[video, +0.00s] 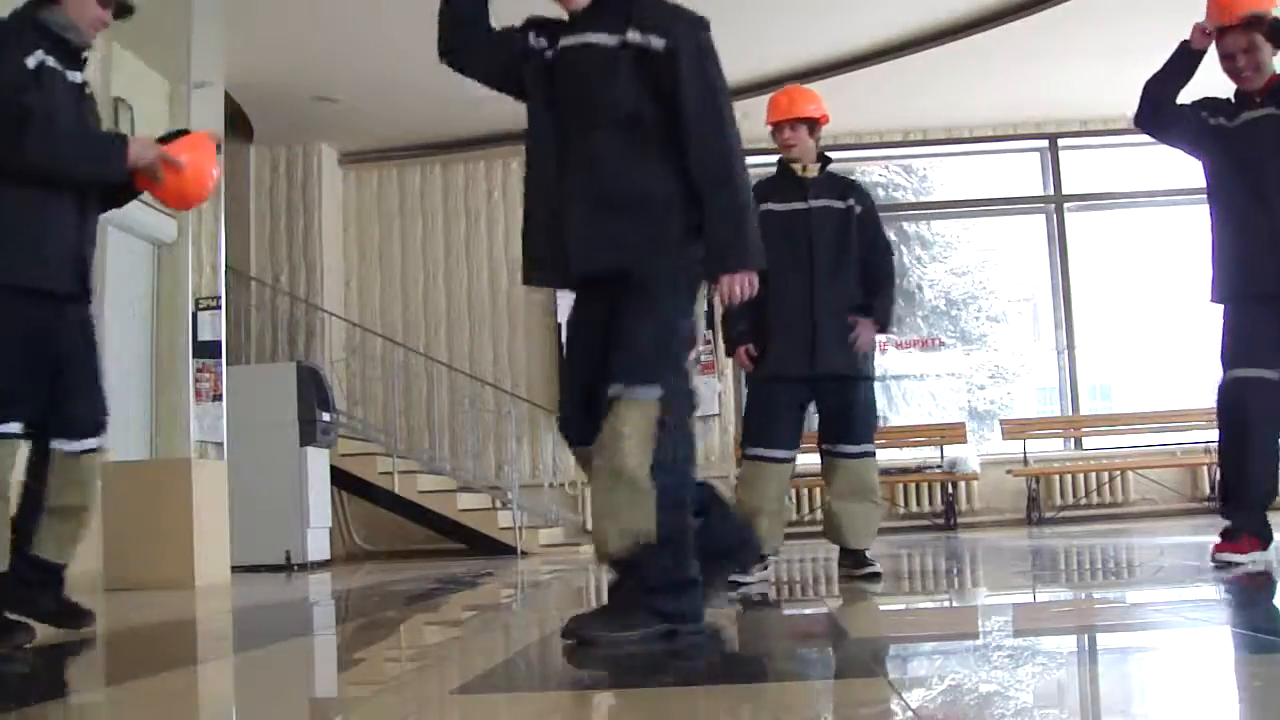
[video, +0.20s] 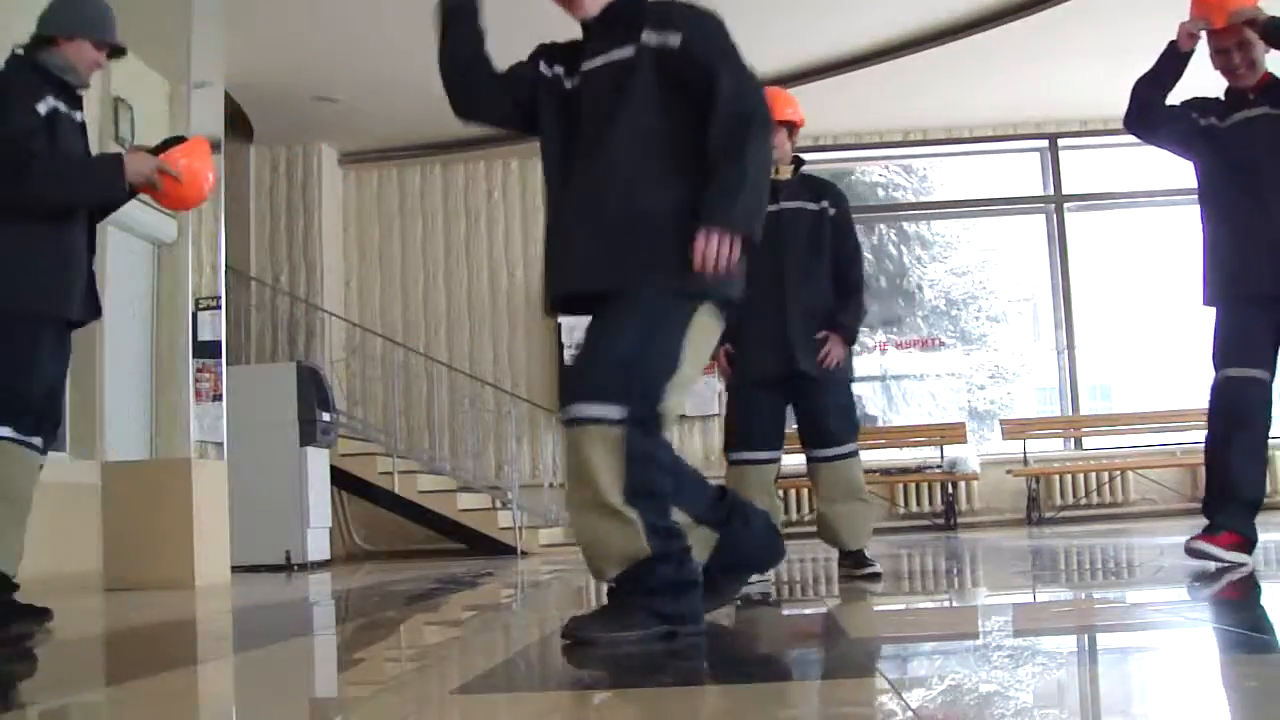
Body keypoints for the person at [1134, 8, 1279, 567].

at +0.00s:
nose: (1240, 63)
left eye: (1249, 51)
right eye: (1229, 55)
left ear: (1272, 46)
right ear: (1219, 59)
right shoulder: (1216, 122)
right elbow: (1151, 115)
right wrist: (1191, 50)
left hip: (1275, 286)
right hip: (1249, 289)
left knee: (1255, 401)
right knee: (1245, 400)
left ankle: (1251, 525)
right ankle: (1247, 525)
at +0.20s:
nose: (1230, 58)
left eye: (1239, 47)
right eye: (1220, 51)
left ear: (1263, 45)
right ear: (1210, 57)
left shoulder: (1279, 101)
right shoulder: (1207, 120)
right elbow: (1141, 118)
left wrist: (1270, 29)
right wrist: (1180, 48)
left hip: (1274, 283)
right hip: (1244, 285)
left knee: (1246, 405)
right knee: (1238, 402)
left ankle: (1234, 528)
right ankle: (1231, 528)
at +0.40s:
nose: (1216, 51)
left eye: (1224, 37)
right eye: (1203, 44)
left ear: (1247, 35)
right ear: (1190, 52)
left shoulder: (1276, 94)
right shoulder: (1185, 117)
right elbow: (1120, 115)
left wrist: (1269, 13)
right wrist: (1156, 45)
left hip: (1279, 283)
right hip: (1222, 290)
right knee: (1222, 409)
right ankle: (1228, 535)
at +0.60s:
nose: (1200, 41)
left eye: (1208, 28)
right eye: (1186, 34)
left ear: (1229, 26)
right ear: (1171, 44)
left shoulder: (1270, 84)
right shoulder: (1163, 109)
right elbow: (1095, 103)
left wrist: (1255, 5)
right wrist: (1135, 28)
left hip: (1272, 277)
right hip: (1203, 286)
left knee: (1278, 387)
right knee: (1206, 408)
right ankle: (1225, 535)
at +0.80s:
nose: (1189, 41)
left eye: (1197, 27)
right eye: (1175, 34)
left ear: (1219, 24)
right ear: (1163, 42)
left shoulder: (1263, 80)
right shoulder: (1154, 106)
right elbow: (1087, 105)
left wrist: (1242, 1)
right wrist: (1124, 27)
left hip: (1266, 275)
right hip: (1193, 287)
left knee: (1275, 398)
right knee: (1203, 413)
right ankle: (1225, 537)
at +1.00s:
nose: (1188, 38)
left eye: (1197, 24)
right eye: (1176, 31)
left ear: (1223, 21)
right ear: (1167, 39)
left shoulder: (1265, 76)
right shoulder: (1158, 104)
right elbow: (1090, 109)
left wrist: (1246, 3)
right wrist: (1125, 34)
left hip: (1266, 273)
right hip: (1195, 285)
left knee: (1278, 400)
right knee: (1205, 415)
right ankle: (1226, 538)